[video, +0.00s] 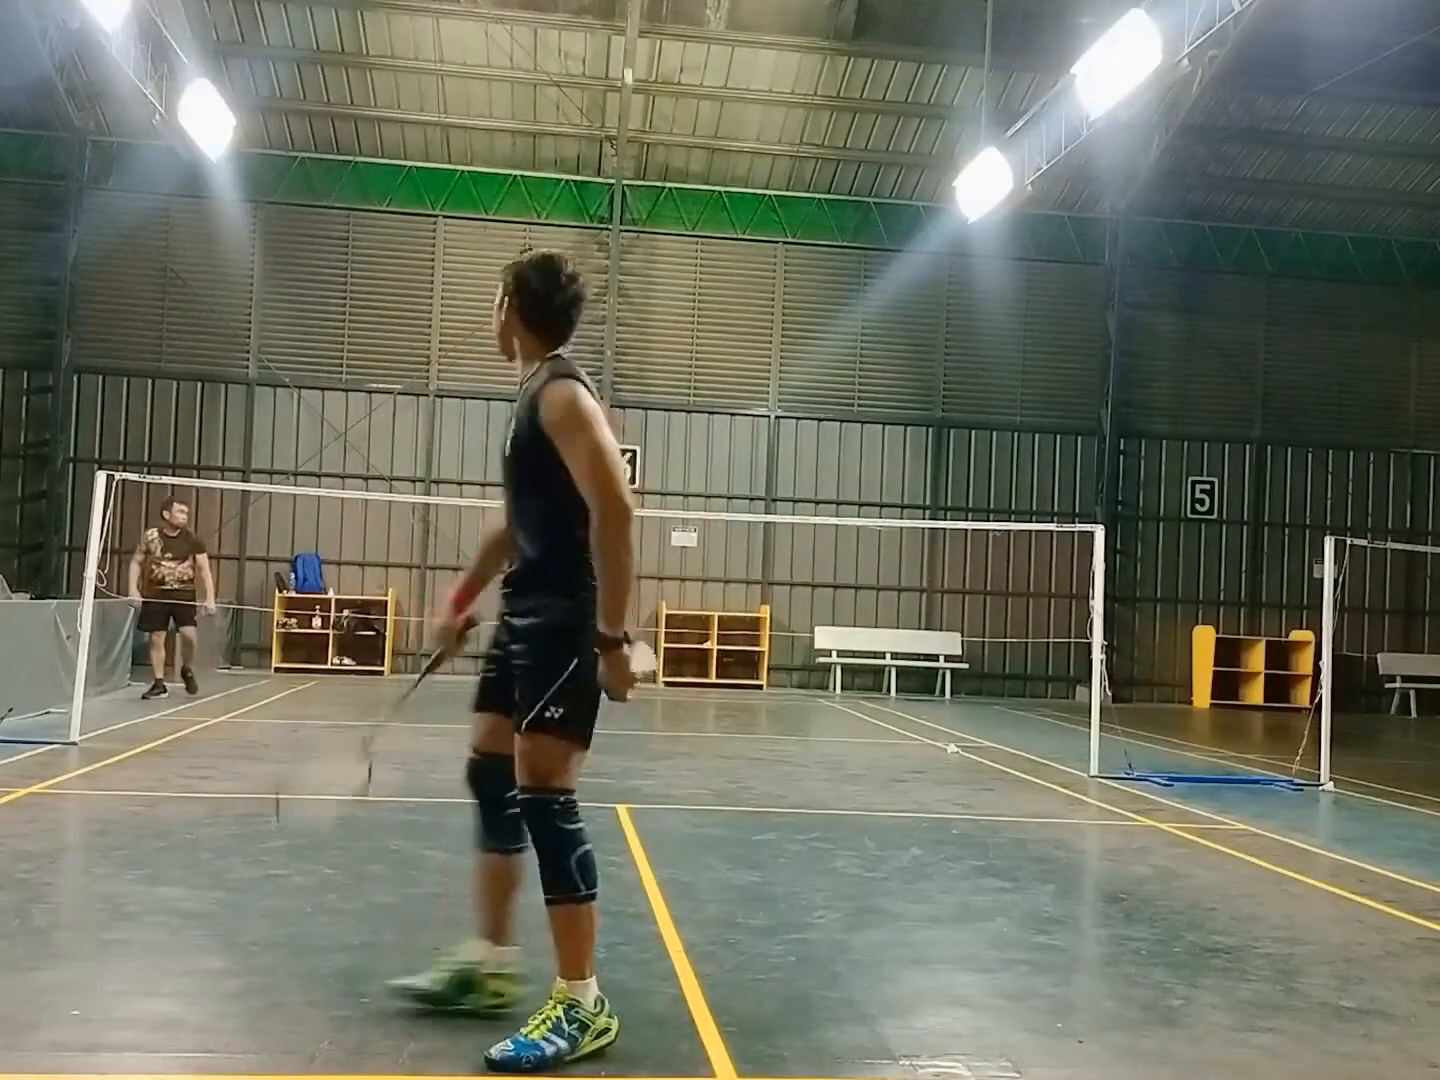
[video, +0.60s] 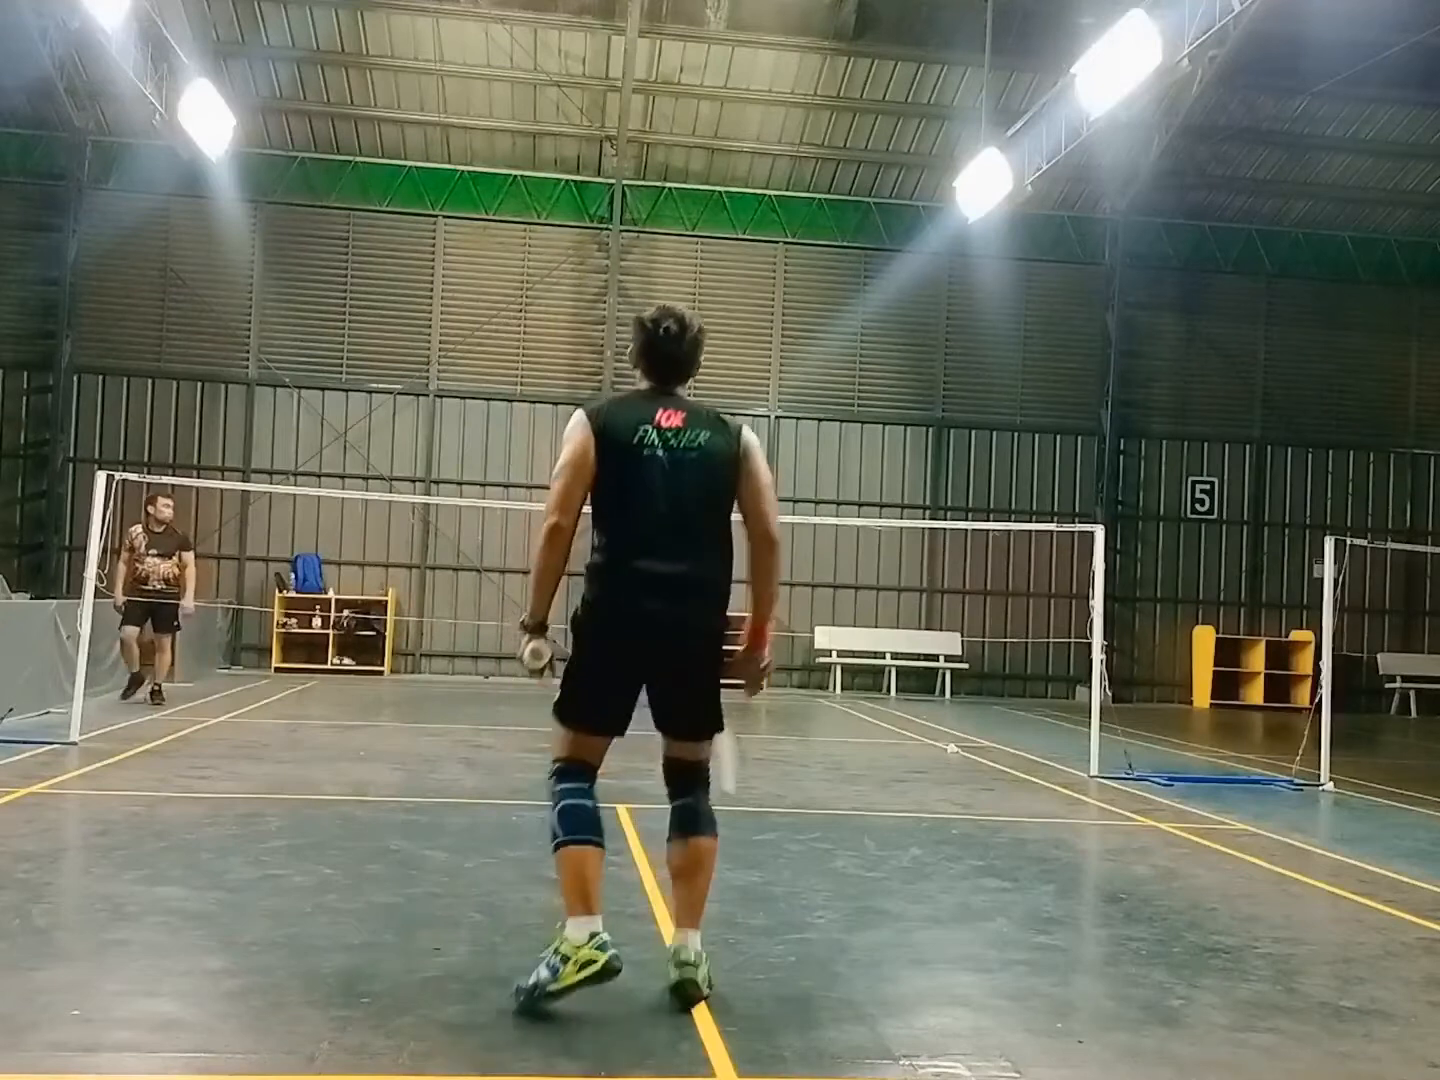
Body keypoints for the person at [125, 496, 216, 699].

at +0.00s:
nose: (184, 516)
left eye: (186, 513)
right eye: (180, 512)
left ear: (188, 516)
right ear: (166, 514)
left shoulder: (193, 542)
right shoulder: (151, 537)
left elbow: (204, 570)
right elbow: (136, 563)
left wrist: (210, 598)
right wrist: (133, 591)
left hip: (184, 595)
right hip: (156, 594)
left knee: (189, 635)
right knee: (157, 638)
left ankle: (187, 670)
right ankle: (159, 682)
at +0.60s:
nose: (170, 511)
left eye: (172, 507)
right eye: (165, 506)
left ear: (172, 510)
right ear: (150, 509)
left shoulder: (180, 539)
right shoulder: (134, 533)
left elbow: (189, 567)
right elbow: (123, 562)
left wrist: (189, 597)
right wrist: (118, 591)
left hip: (167, 599)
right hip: (137, 597)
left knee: (163, 643)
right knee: (127, 636)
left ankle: (157, 686)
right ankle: (135, 674)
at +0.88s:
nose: (143, 512)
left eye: (147, 508)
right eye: (138, 507)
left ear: (152, 512)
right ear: (128, 511)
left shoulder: (163, 538)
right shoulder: (118, 537)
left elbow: (178, 567)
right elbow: (110, 567)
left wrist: (184, 595)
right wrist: (105, 595)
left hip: (154, 601)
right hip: (123, 599)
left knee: (157, 645)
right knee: (116, 642)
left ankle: (156, 686)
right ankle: (111, 691)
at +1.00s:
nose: (129, 508)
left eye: (134, 504)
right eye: (124, 503)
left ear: (141, 507)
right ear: (117, 507)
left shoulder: (154, 535)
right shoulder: (107, 534)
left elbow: (166, 567)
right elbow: (98, 566)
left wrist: (169, 598)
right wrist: (94, 593)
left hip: (144, 599)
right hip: (113, 597)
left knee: (146, 644)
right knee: (110, 643)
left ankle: (150, 677)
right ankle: (110, 692)